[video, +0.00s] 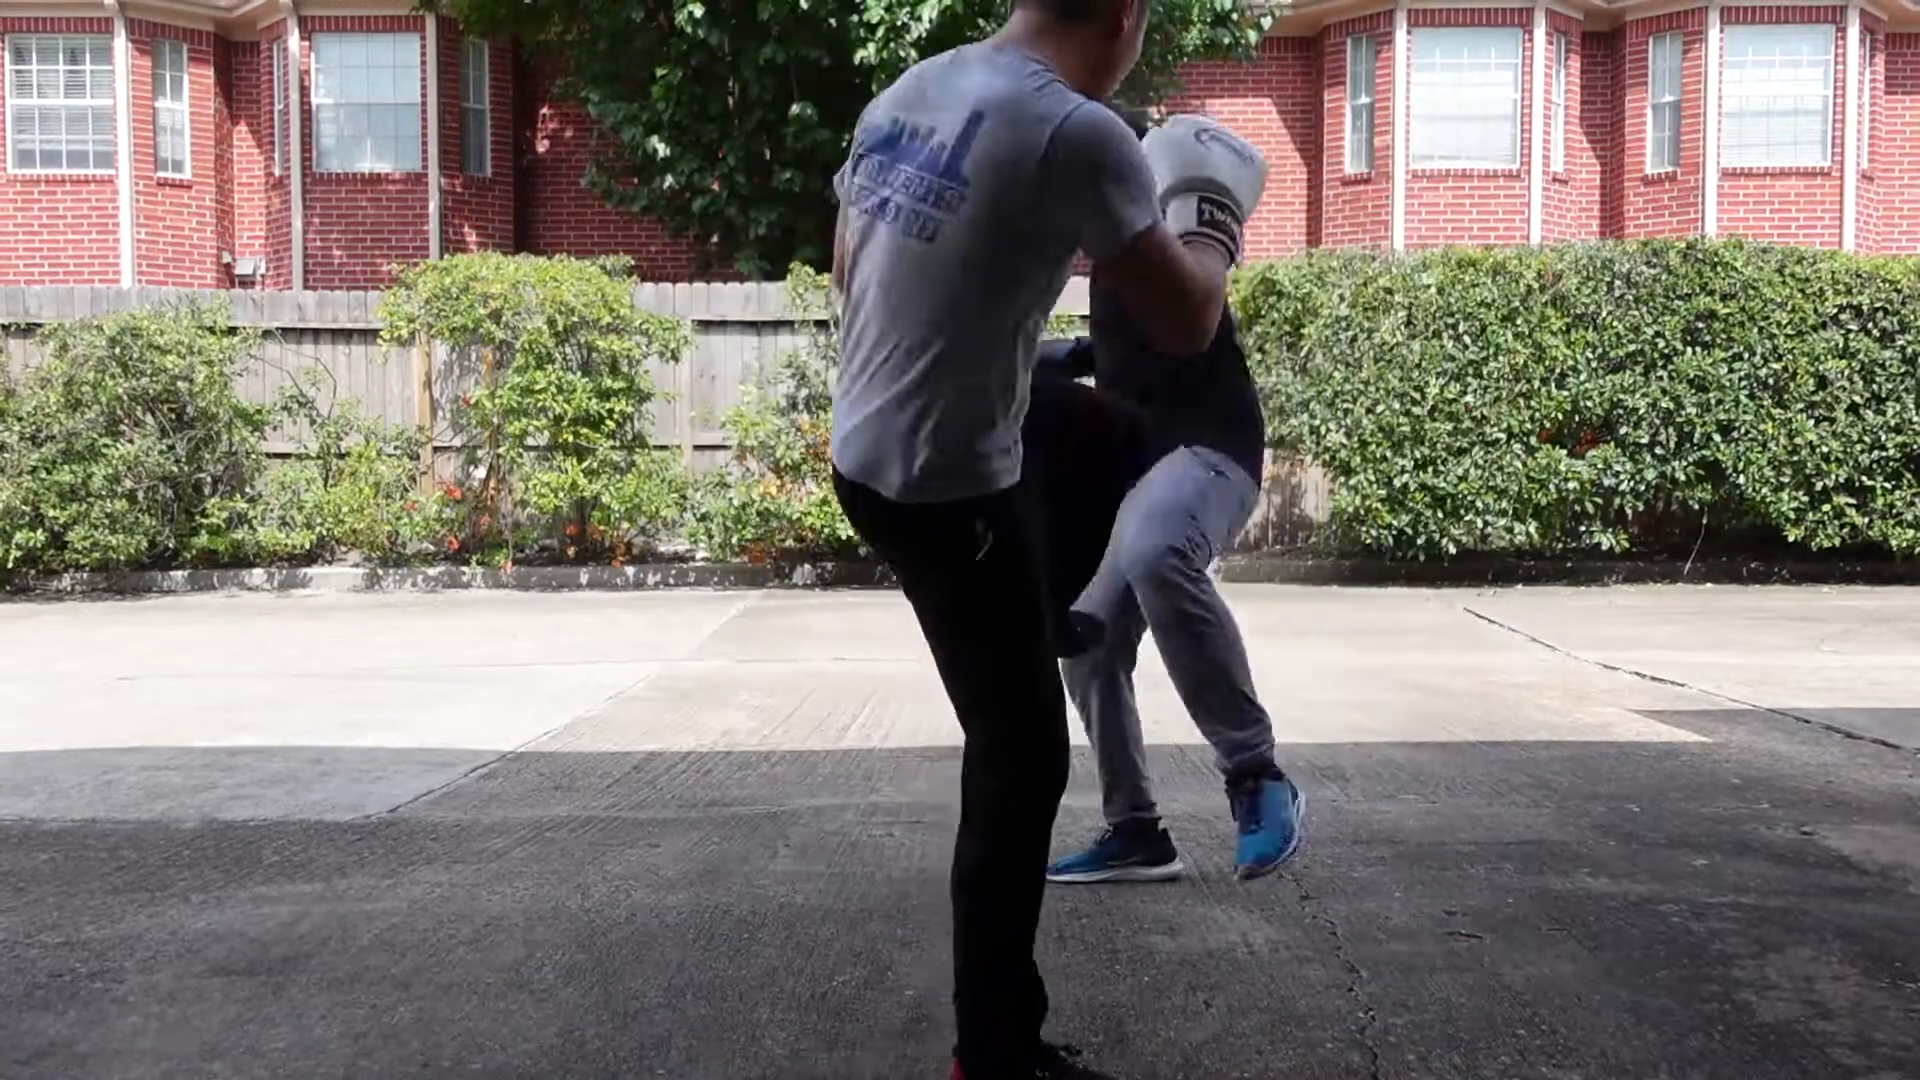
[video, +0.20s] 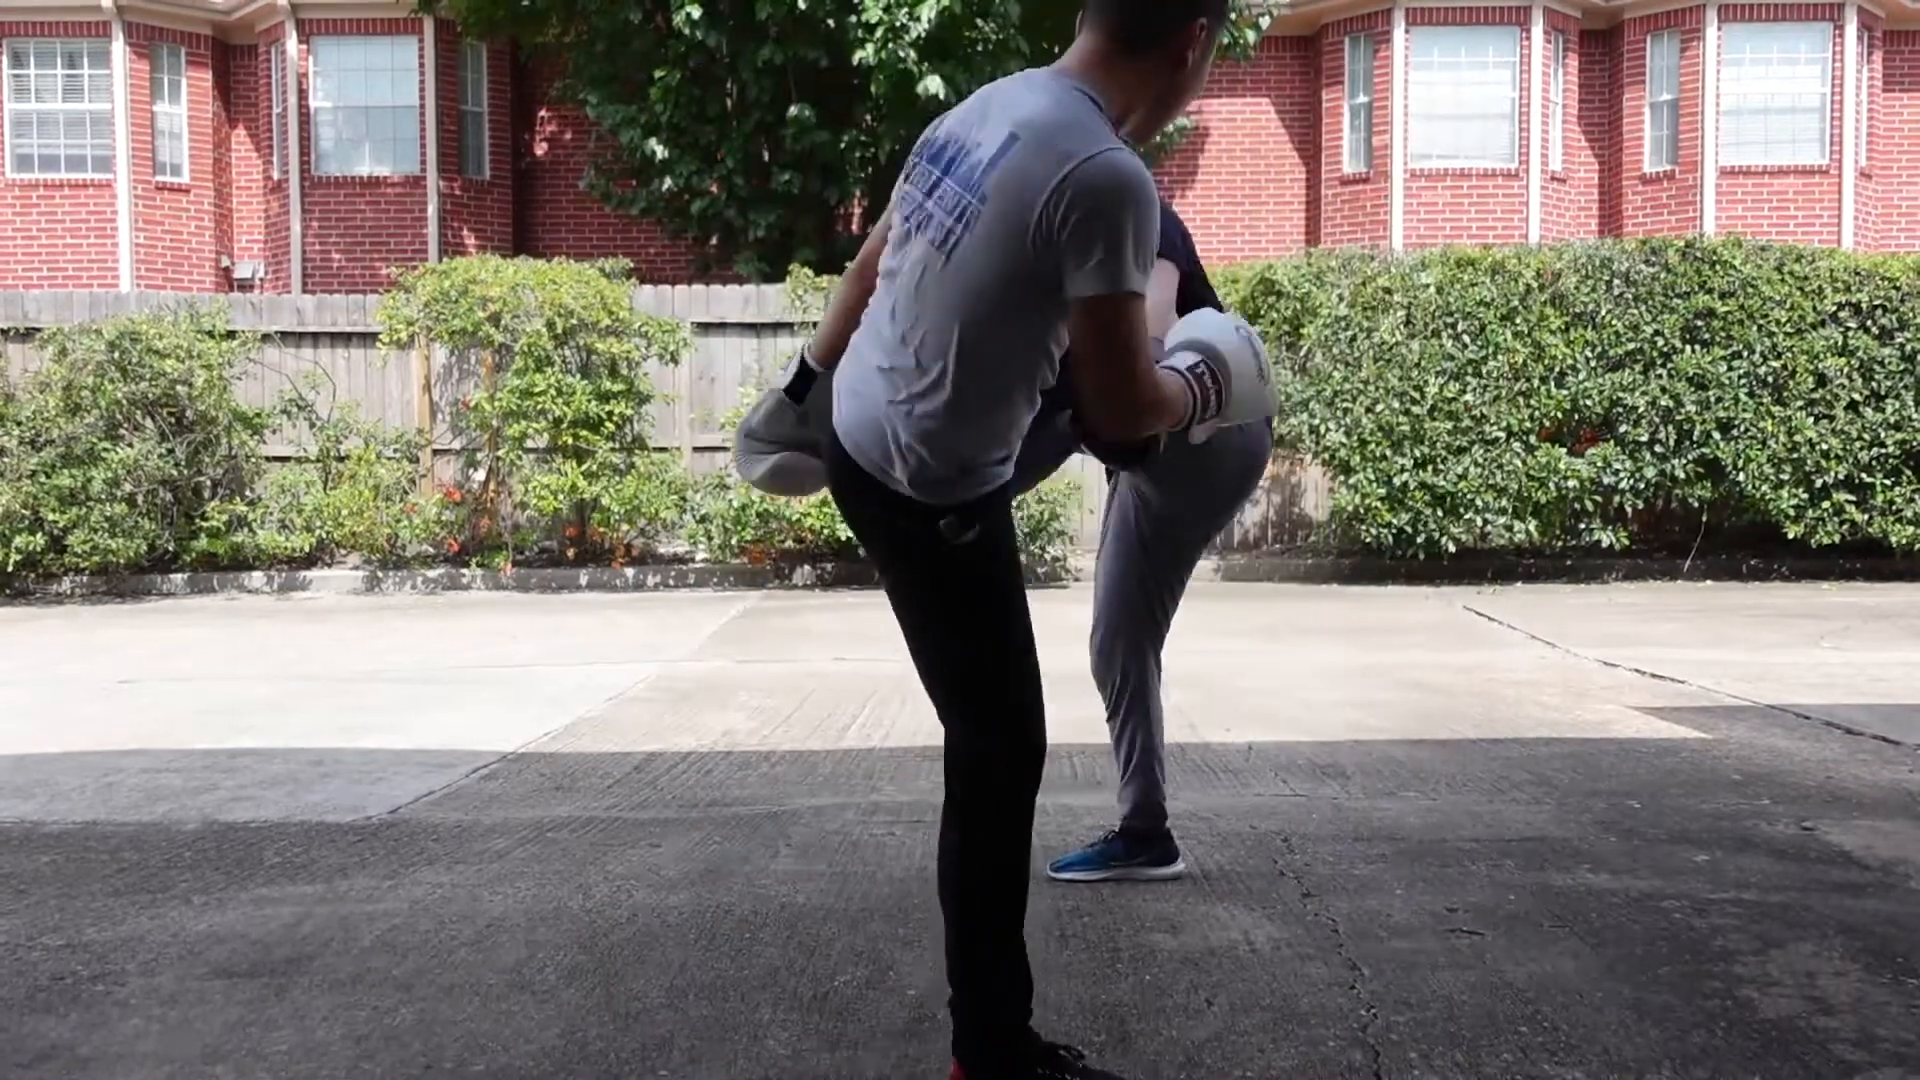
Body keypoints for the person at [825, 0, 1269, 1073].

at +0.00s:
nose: (1141, 49)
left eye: (1141, 31)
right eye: (1143, 29)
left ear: (1020, 5)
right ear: (1124, 18)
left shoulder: (908, 86)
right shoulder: (1082, 131)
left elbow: (851, 266)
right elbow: (1186, 319)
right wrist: (1195, 223)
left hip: (868, 458)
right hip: (953, 480)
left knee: (1101, 428)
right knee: (1020, 751)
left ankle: (1062, 624)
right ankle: (998, 1048)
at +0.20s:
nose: (1206, 76)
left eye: (1212, 51)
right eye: (1213, 50)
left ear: (1093, 16)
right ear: (1190, 45)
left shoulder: (987, 103)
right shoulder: (1106, 179)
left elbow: (873, 260)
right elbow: (1123, 409)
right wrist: (1200, 385)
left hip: (864, 425)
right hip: (937, 487)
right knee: (997, 751)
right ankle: (993, 1046)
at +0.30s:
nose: (1197, 90)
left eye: (1203, 63)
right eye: (1204, 62)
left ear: (1077, 26)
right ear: (1184, 52)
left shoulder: (959, 108)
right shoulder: (1119, 190)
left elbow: (826, 254)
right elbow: (1131, 428)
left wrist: (810, 350)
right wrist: (1201, 432)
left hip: (859, 432)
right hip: (948, 485)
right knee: (1041, 757)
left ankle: (910, 577)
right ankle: (996, 1048)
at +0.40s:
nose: (1168, 74)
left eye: (1172, 56)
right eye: (1174, 52)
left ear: (1050, 24)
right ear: (1162, 37)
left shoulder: (932, 108)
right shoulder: (1122, 185)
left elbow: (821, 248)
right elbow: (1137, 405)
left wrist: (945, 248)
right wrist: (1195, 396)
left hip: (834, 448)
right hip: (943, 481)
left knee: (963, 602)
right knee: (1047, 756)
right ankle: (999, 1055)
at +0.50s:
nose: (1129, 69)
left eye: (1129, 48)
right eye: (1133, 45)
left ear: (1012, 14)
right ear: (1114, 28)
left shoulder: (902, 114)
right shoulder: (1064, 153)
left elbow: (941, 302)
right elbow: (1110, 371)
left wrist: (1093, 284)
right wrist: (1193, 315)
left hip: (833, 465)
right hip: (945, 485)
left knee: (904, 726)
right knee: (1036, 766)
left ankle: (861, 971)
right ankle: (1012, 1051)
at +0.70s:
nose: (1051, 74)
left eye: (1058, 48)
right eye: (1052, 43)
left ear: (970, 18)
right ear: (998, 19)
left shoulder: (865, 105)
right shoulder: (943, 137)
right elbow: (1037, 325)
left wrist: (1018, 192)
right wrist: (1077, 228)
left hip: (815, 469)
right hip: (864, 483)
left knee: (906, 730)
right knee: (965, 748)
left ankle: (856, 970)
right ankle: (908, 1047)